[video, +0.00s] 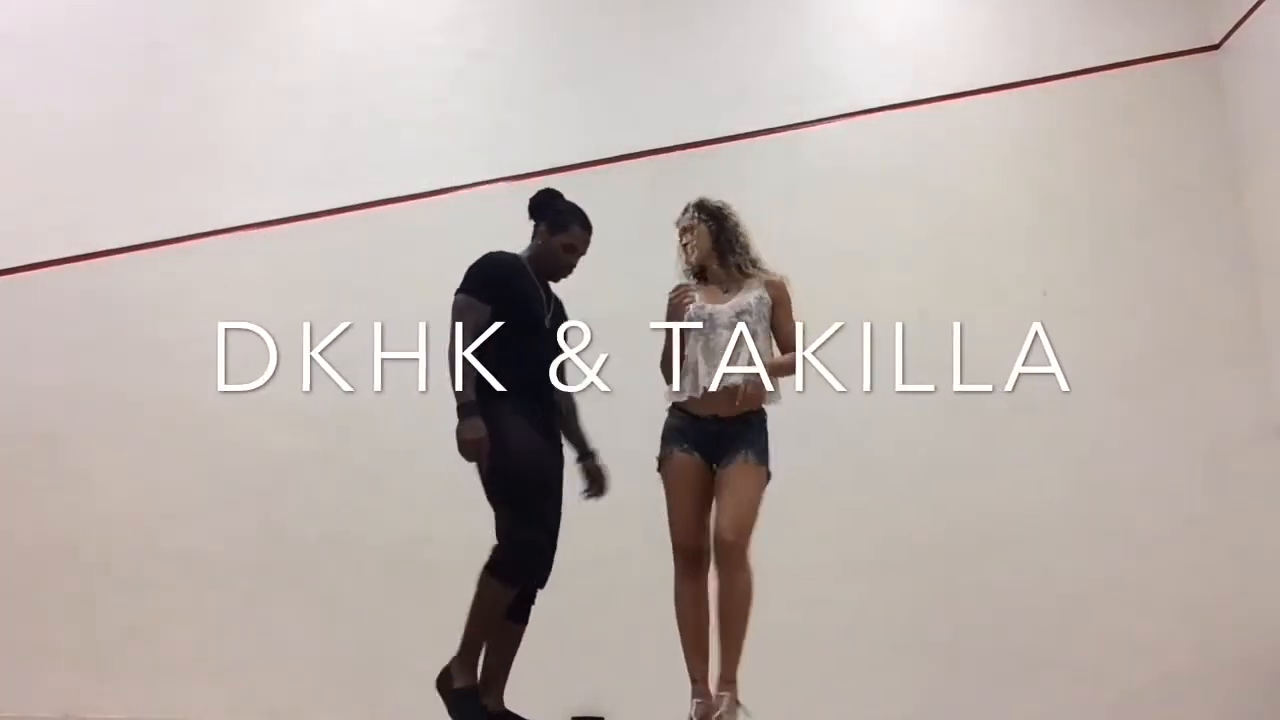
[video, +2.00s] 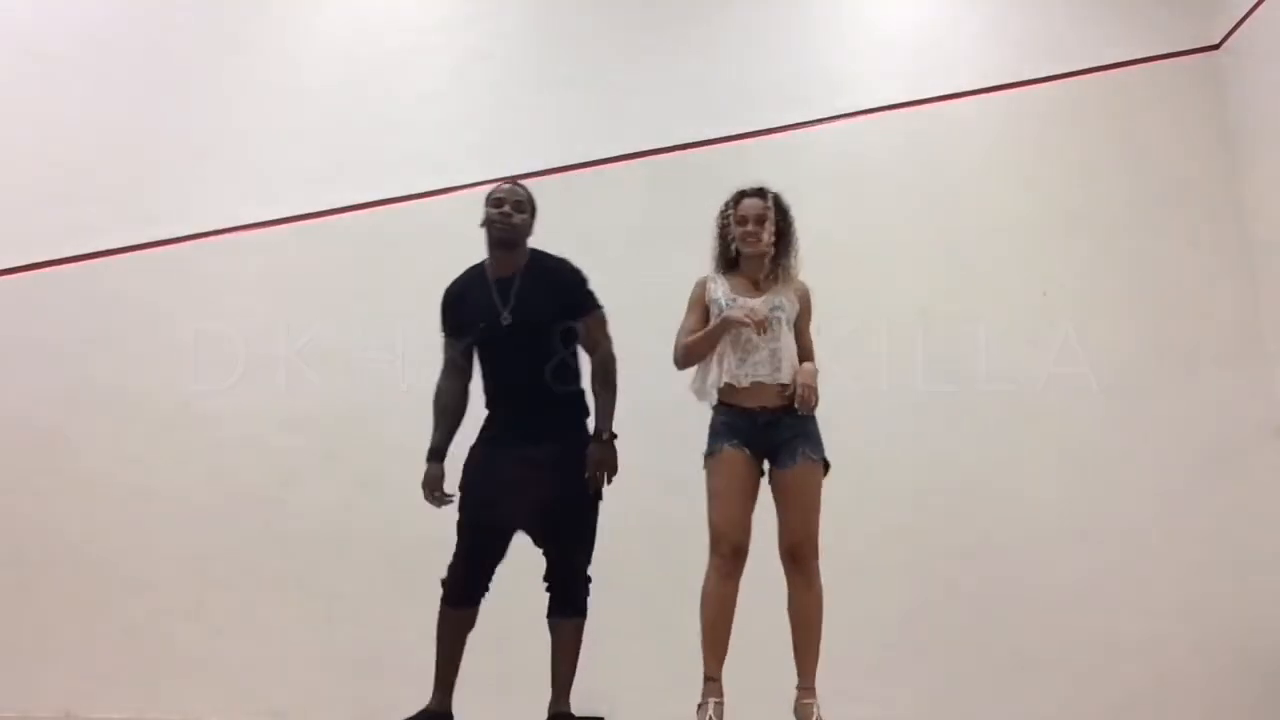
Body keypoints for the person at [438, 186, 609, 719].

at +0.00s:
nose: (575, 261)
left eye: (581, 253)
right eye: (570, 249)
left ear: (575, 248)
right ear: (541, 233)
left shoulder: (553, 308)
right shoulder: (498, 269)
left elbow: (557, 387)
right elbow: (460, 341)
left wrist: (585, 453)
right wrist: (467, 413)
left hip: (541, 439)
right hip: (503, 431)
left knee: (533, 563)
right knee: (519, 546)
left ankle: (491, 696)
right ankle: (461, 671)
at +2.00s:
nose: (506, 211)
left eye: (518, 206)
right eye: (497, 204)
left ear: (533, 222)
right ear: (482, 218)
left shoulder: (561, 278)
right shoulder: (464, 291)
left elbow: (602, 355)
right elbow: (455, 376)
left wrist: (604, 435)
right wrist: (436, 455)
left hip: (564, 446)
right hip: (499, 445)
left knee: (569, 581)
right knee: (464, 576)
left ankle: (560, 707)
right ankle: (440, 703)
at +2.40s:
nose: (475, 215)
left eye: (487, 212)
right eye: (466, 209)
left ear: (500, 234)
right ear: (450, 227)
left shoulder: (521, 291)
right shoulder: (425, 295)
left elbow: (549, 376)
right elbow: (411, 368)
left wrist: (542, 449)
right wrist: (418, 424)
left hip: (509, 444)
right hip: (451, 444)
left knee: (486, 559)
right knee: (436, 569)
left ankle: (527, 691)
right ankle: (437, 704)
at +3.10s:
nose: (499, 211)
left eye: (510, 207)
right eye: (490, 207)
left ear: (526, 230)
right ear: (477, 228)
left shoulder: (542, 303)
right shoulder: (450, 273)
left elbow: (549, 382)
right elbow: (397, 345)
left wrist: (502, 365)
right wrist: (369, 421)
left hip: (509, 449)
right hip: (448, 446)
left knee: (503, 574)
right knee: (447, 565)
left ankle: (465, 703)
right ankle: (423, 682)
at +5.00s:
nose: (520, 204)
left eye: (531, 197)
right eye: (511, 196)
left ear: (546, 208)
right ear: (496, 206)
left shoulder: (572, 276)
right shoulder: (464, 268)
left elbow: (589, 344)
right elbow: (441, 348)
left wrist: (592, 353)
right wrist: (422, 405)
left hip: (549, 438)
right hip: (481, 434)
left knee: (534, 573)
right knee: (467, 553)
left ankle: (514, 703)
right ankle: (474, 671)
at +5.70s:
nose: (480, 231)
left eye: (490, 221)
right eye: (471, 222)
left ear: (510, 220)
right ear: (462, 224)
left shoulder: (543, 274)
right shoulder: (447, 290)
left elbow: (571, 357)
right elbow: (435, 372)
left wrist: (567, 432)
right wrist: (416, 445)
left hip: (518, 446)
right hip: (457, 446)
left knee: (497, 565)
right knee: (458, 569)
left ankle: (472, 697)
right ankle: (472, 697)